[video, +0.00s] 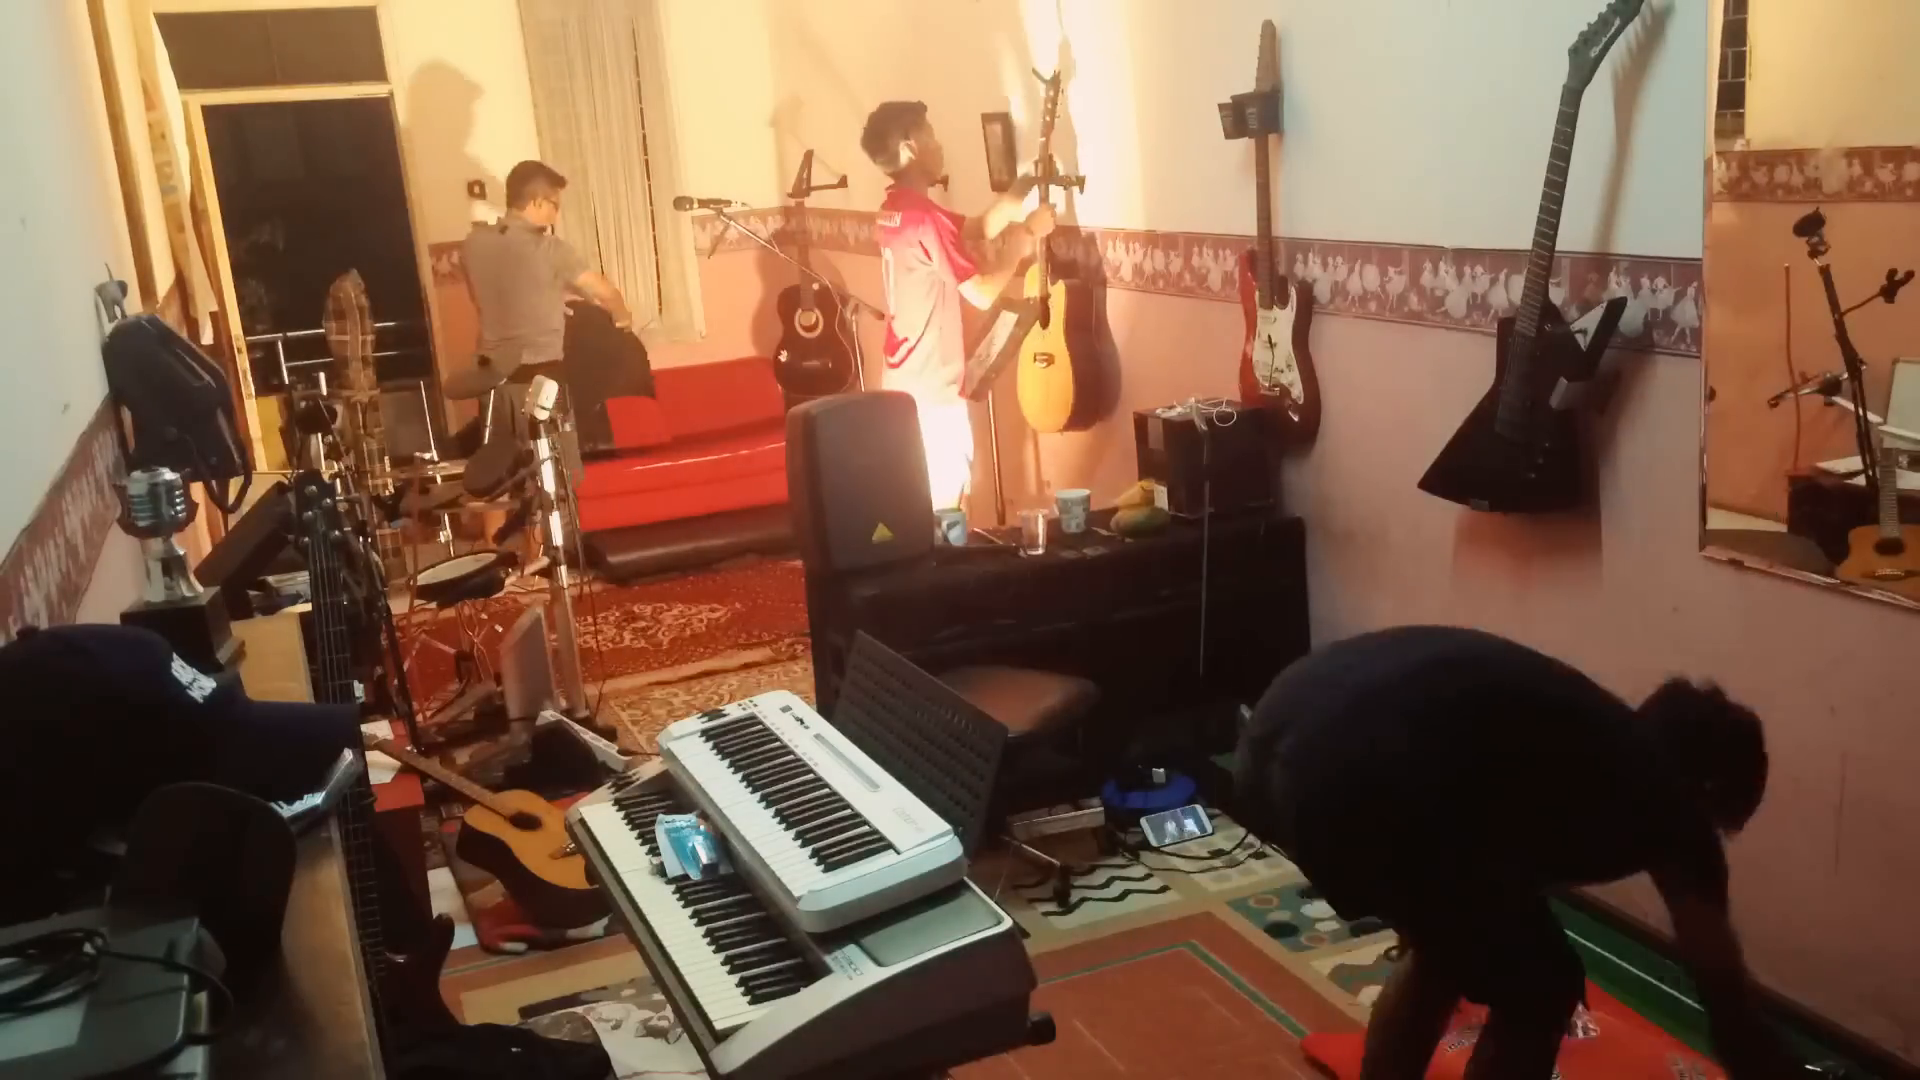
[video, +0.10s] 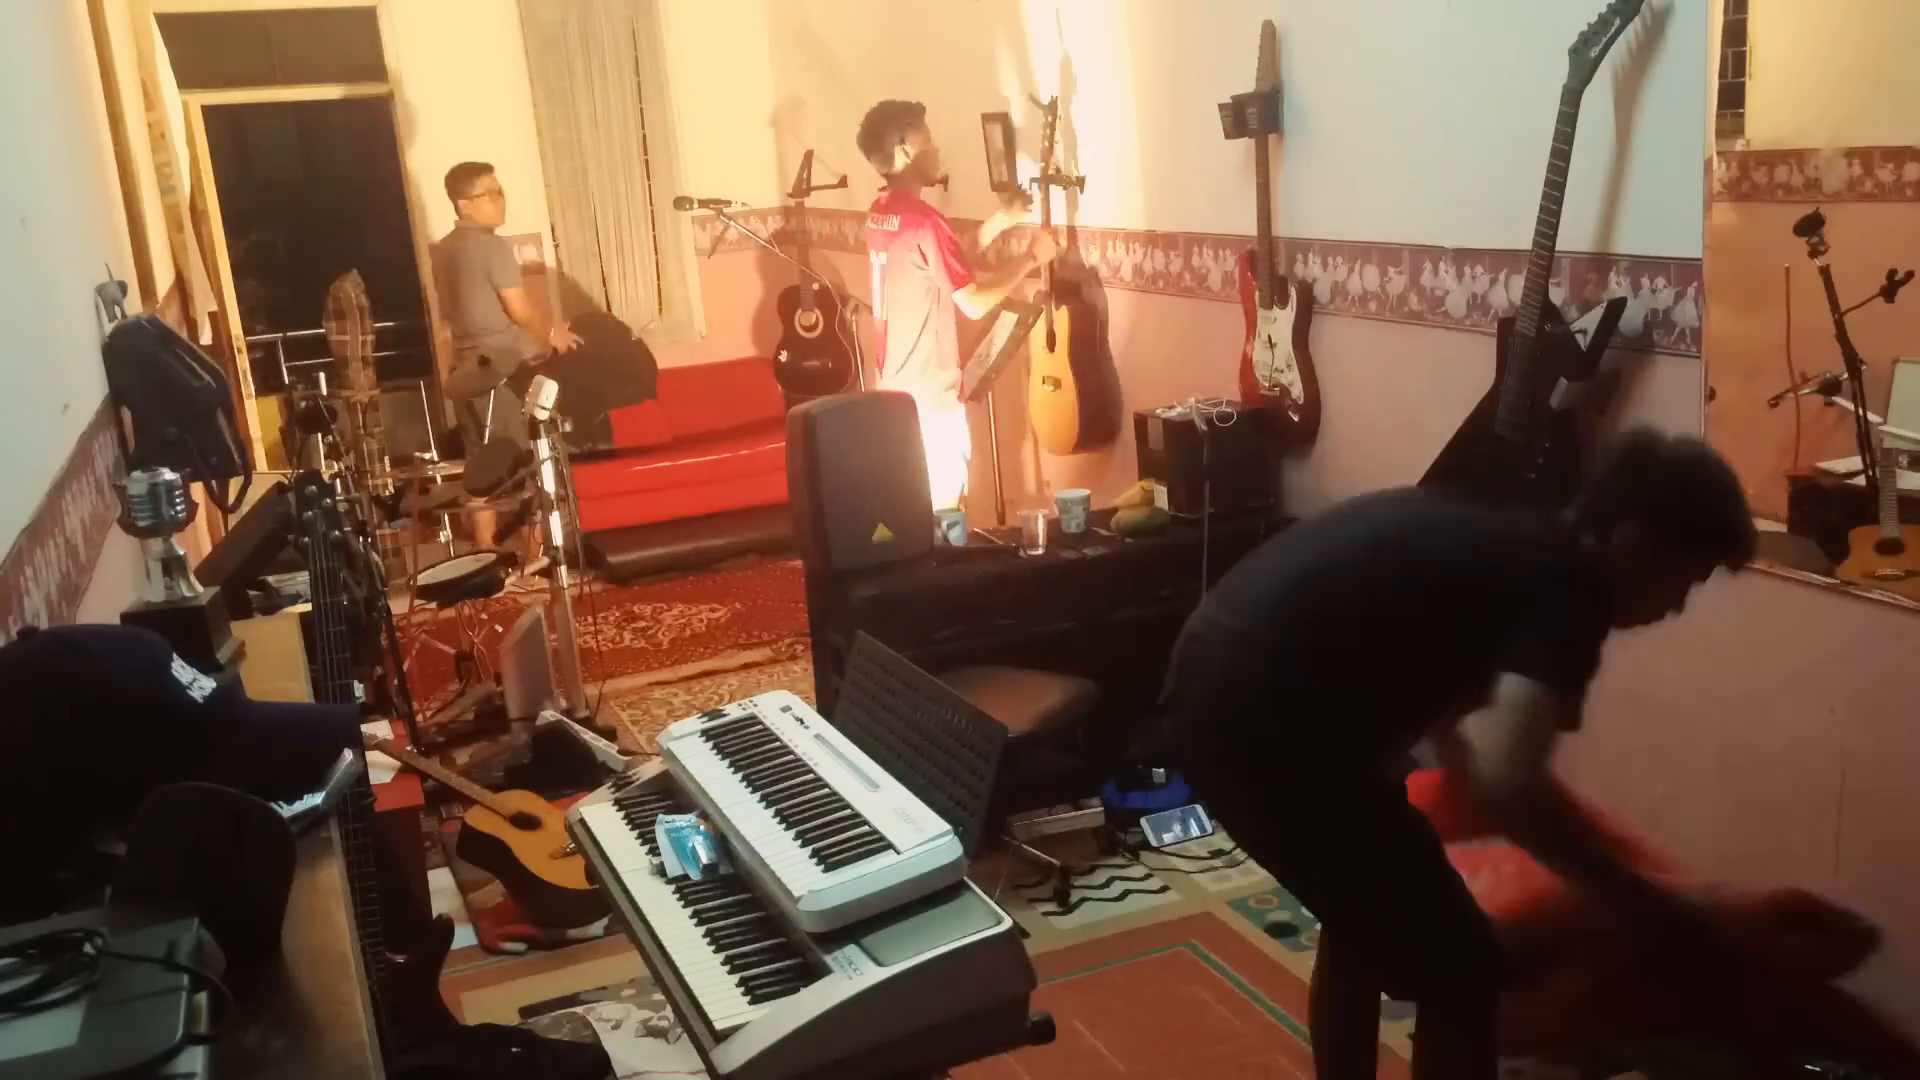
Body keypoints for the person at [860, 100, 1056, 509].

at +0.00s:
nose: (939, 146)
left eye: (934, 136)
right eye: (931, 137)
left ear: (899, 153)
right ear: (909, 148)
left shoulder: (895, 210)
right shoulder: (925, 217)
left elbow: (976, 231)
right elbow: (981, 292)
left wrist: (1020, 187)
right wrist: (1025, 236)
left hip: (906, 379)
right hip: (936, 384)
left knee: (924, 489)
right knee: (948, 490)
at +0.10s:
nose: (935, 145)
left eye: (930, 135)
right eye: (926, 137)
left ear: (893, 154)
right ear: (903, 149)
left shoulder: (880, 215)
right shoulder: (925, 222)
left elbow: (945, 272)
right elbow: (974, 302)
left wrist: (993, 226)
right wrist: (1031, 259)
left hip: (896, 387)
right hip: (934, 393)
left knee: (909, 506)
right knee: (944, 505)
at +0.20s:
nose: (926, 163)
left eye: (924, 150)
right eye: (921, 149)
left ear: (884, 154)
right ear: (893, 153)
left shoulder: (865, 216)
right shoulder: (898, 224)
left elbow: (891, 294)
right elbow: (921, 315)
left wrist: (953, 276)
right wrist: (969, 284)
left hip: (881, 381)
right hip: (916, 386)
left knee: (903, 491)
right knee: (942, 489)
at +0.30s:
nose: (889, 166)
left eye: (887, 156)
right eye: (889, 157)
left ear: (839, 161)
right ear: (883, 163)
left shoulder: (834, 226)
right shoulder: (880, 230)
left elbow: (859, 300)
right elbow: (902, 320)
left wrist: (925, 280)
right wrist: (946, 287)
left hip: (861, 391)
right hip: (903, 393)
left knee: (884, 500)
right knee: (940, 495)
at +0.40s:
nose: (902, 164)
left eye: (900, 152)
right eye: (895, 151)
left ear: (861, 161)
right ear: (863, 159)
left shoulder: (841, 223)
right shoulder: (878, 227)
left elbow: (865, 305)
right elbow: (896, 319)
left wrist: (932, 285)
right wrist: (945, 296)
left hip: (863, 389)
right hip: (902, 391)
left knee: (888, 499)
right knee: (941, 494)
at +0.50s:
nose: (923, 166)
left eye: (921, 152)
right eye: (915, 153)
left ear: (881, 160)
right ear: (885, 159)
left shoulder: (864, 217)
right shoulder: (890, 226)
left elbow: (890, 304)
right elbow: (909, 319)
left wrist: (954, 288)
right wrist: (973, 291)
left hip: (887, 389)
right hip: (921, 393)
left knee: (907, 503)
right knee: (942, 504)